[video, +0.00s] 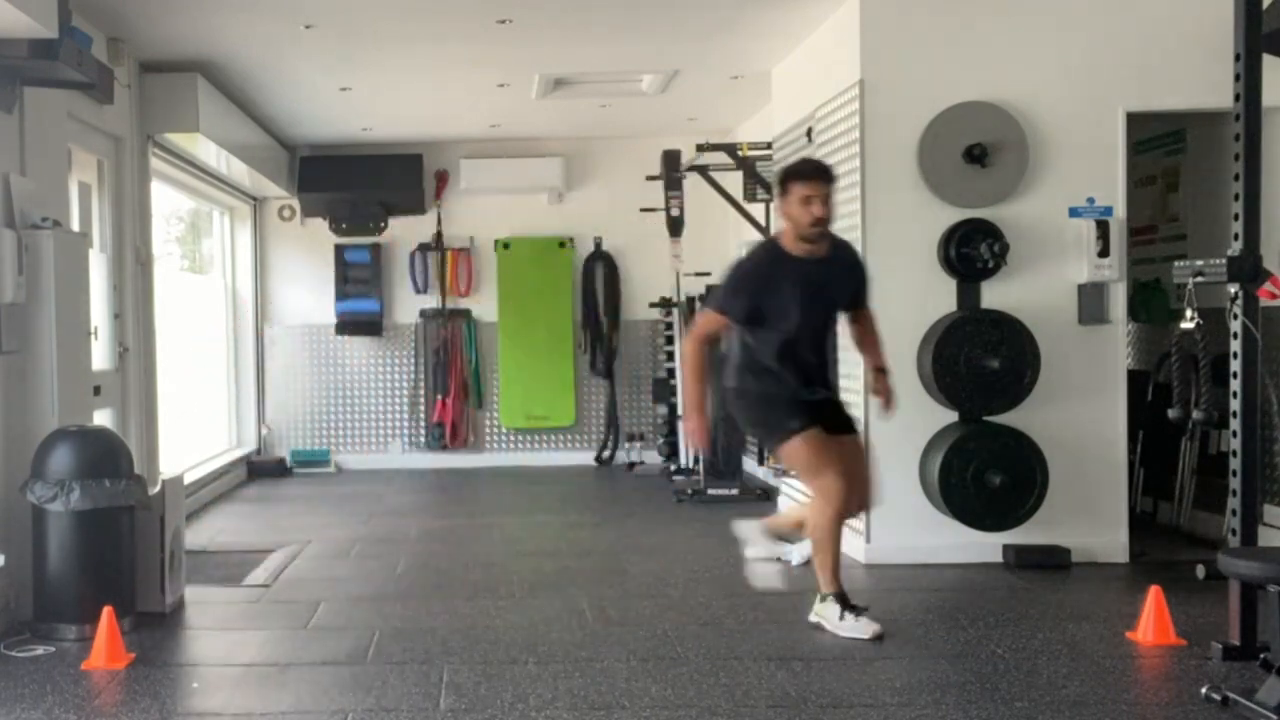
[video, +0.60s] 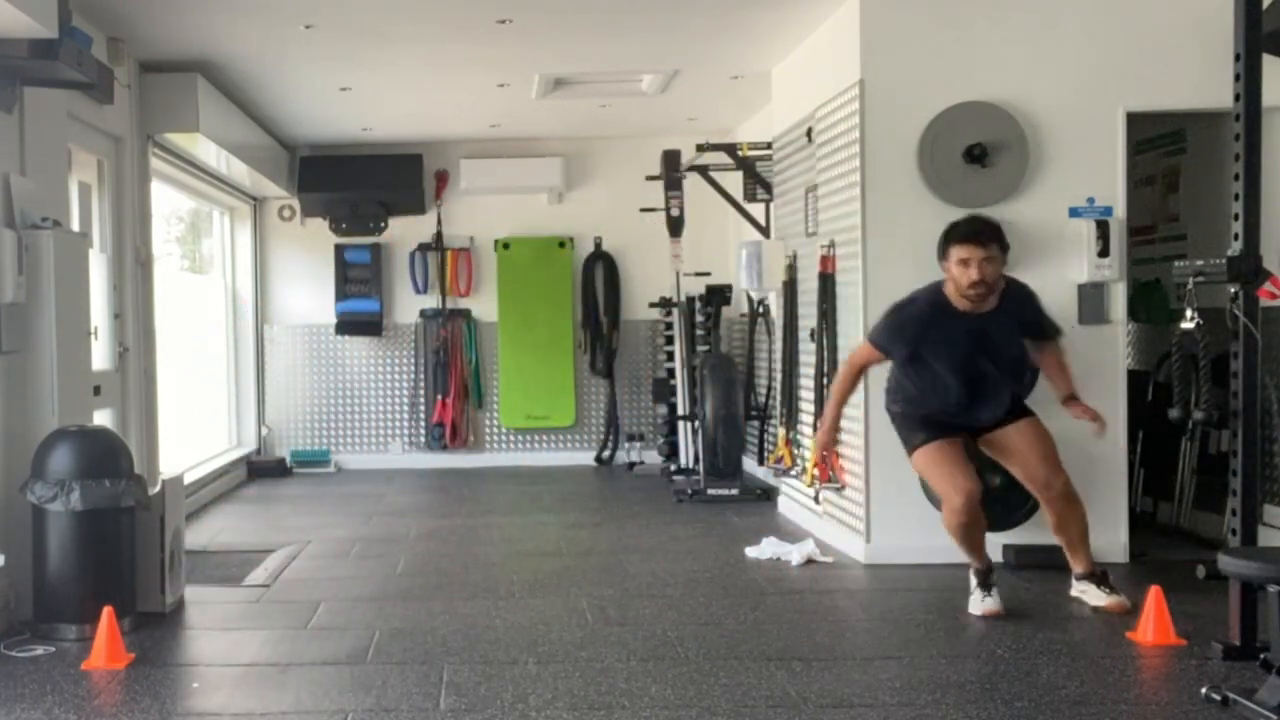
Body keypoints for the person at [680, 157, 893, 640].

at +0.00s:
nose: (820, 211)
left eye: (825, 201)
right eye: (808, 201)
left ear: (833, 204)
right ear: (782, 205)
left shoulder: (843, 261)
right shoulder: (758, 268)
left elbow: (859, 316)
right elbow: (697, 336)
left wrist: (878, 368)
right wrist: (693, 414)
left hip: (817, 388)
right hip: (763, 390)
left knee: (856, 494)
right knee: (829, 484)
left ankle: (766, 533)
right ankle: (830, 601)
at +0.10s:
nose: (884, 216)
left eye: (891, 206)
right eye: (871, 206)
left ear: (898, 209)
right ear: (848, 211)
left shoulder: (904, 262)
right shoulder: (821, 270)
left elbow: (913, 321)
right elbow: (767, 342)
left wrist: (933, 380)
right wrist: (793, 408)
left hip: (872, 383)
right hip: (818, 389)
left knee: (949, 458)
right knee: (869, 479)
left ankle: (942, 548)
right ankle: (832, 593)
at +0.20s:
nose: (941, 236)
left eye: (951, 225)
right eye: (929, 226)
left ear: (963, 228)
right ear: (908, 230)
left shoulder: (965, 275)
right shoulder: (881, 285)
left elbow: (964, 326)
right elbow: (825, 356)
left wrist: (971, 374)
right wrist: (886, 385)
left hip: (938, 389)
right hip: (871, 394)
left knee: (1008, 480)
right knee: (896, 470)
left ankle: (1070, 568)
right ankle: (861, 581)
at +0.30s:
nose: (984, 269)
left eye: (994, 257)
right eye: (972, 258)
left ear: (1009, 258)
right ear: (952, 263)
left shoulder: (1017, 302)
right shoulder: (929, 310)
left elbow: (1018, 350)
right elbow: (874, 387)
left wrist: (1020, 393)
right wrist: (935, 382)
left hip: (988, 409)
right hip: (921, 418)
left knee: (1057, 496)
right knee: (938, 488)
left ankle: (1086, 579)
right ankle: (942, 584)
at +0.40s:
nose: (1007, 284)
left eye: (1017, 271)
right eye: (995, 273)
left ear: (1030, 272)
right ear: (974, 276)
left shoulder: (1042, 311)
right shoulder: (948, 320)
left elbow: (1058, 362)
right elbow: (893, 394)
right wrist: (938, 431)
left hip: (1009, 416)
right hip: (944, 419)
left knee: (1075, 490)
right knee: (971, 482)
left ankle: (1086, 579)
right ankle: (952, 584)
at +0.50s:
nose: (1005, 284)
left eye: (1015, 271)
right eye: (992, 272)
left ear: (1029, 271)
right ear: (972, 275)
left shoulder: (1044, 308)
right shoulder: (944, 319)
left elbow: (1075, 359)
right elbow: (885, 383)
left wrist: (1099, 419)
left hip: (1002, 404)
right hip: (933, 408)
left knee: (1072, 484)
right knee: (979, 478)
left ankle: (1085, 578)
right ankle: (969, 567)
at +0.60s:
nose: (977, 274)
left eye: (988, 262)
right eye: (965, 263)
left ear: (1003, 264)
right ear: (945, 266)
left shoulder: (1017, 300)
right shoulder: (916, 314)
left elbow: (1046, 348)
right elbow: (855, 363)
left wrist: (1069, 397)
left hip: (995, 403)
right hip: (926, 414)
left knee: (1053, 483)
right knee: (963, 497)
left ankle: (1084, 576)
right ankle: (982, 572)